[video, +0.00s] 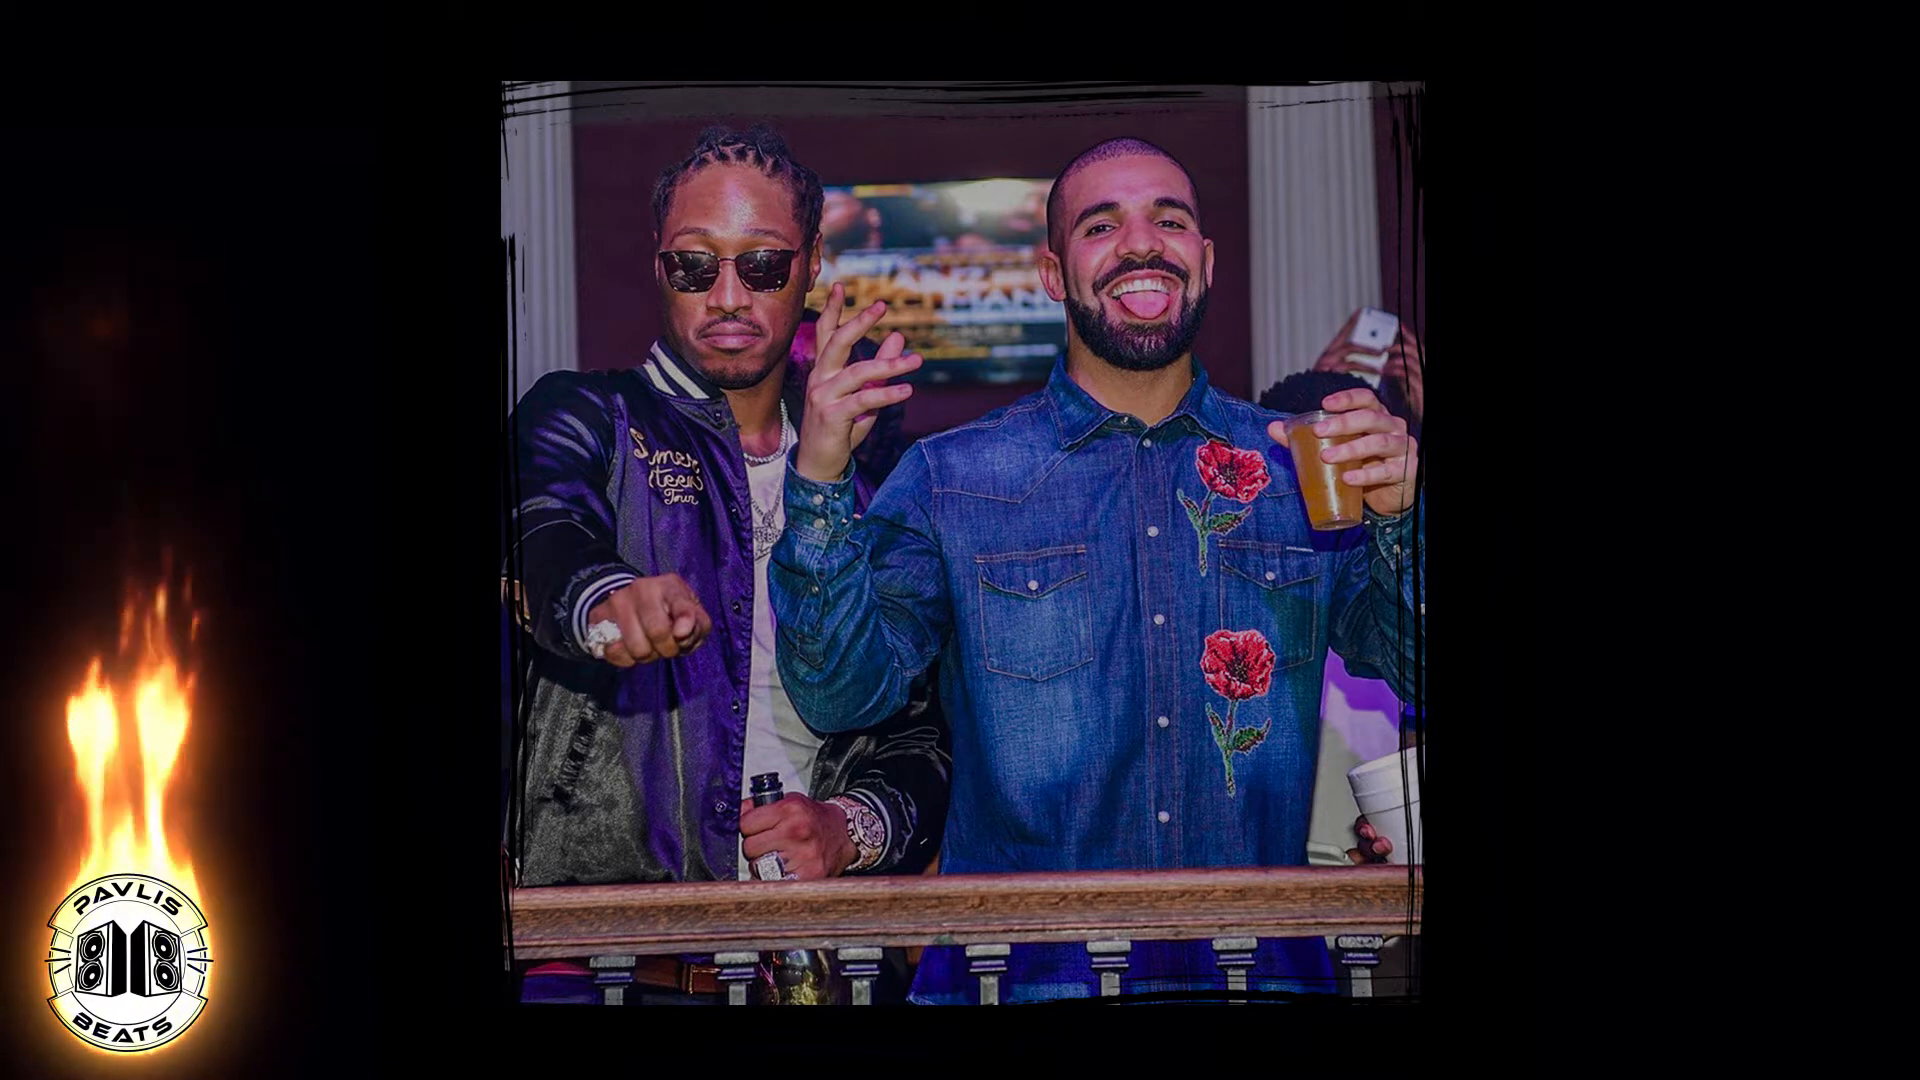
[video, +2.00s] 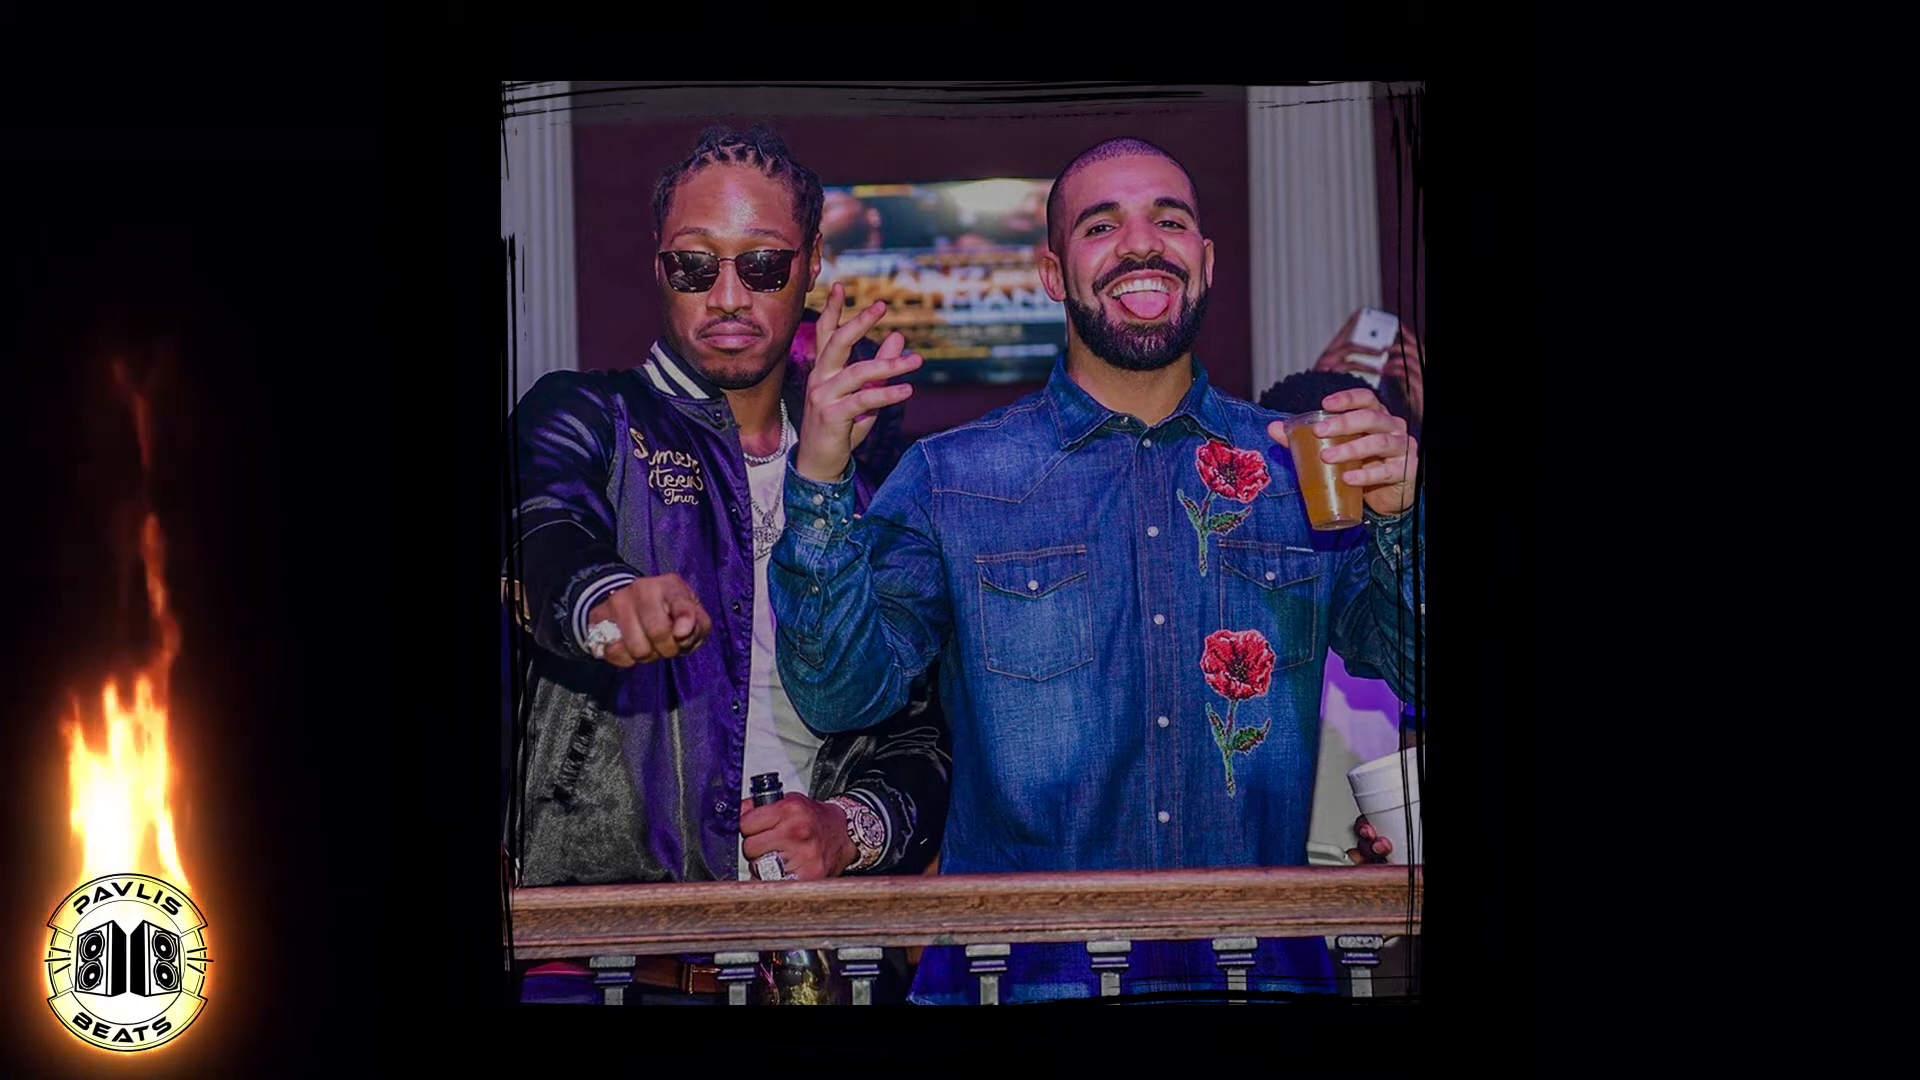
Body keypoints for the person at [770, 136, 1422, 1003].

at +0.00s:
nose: (1142, 242)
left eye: (1170, 219)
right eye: (1102, 225)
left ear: (1207, 259)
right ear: (1055, 273)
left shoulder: (1304, 469)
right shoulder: (945, 478)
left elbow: (1413, 673)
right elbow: (840, 692)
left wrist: (1402, 516)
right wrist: (818, 475)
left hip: (1255, 955)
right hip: (1022, 963)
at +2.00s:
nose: (1142, 242)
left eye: (1170, 219)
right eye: (1102, 225)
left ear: (1207, 259)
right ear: (1055, 273)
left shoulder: (1304, 469)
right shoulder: (945, 478)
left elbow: (1413, 673)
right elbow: (840, 692)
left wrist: (1402, 516)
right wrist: (818, 475)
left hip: (1255, 955)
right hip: (1022, 963)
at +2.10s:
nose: (1141, 242)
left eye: (1170, 219)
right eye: (1102, 225)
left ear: (1208, 259)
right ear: (1054, 273)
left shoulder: (1305, 469)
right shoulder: (945, 479)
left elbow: (1410, 670)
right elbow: (840, 692)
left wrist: (1402, 515)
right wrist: (818, 477)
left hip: (1256, 954)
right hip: (1022, 962)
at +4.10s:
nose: (1141, 243)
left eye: (1169, 220)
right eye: (1102, 225)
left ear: (1208, 258)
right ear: (1055, 272)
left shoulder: (1305, 469)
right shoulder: (945, 479)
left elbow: (1410, 671)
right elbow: (840, 693)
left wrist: (1402, 515)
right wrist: (818, 475)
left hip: (1255, 953)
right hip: (1020, 963)